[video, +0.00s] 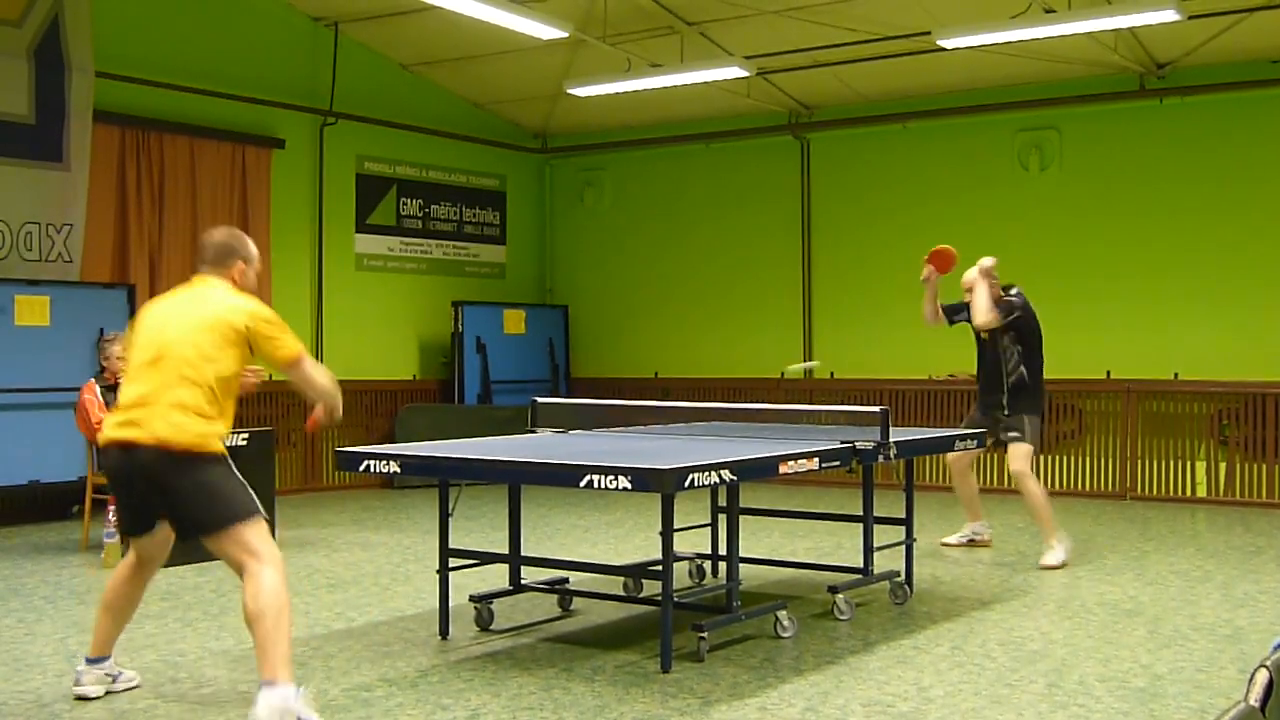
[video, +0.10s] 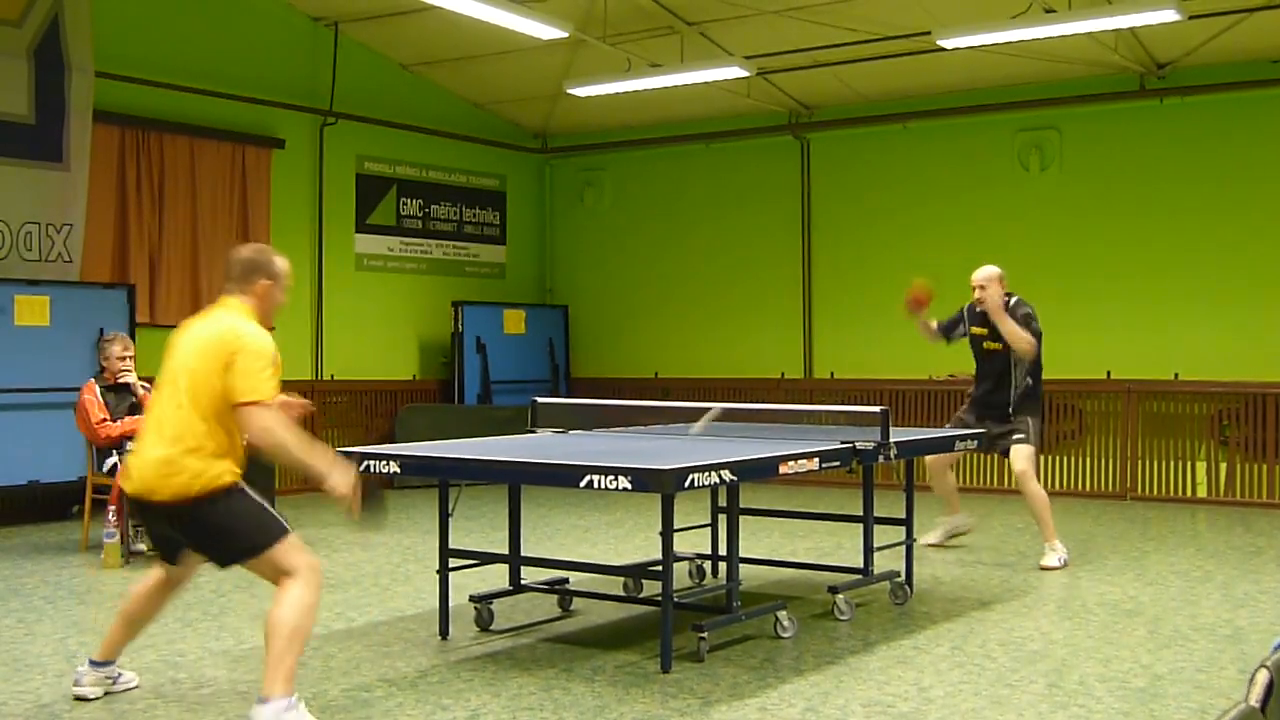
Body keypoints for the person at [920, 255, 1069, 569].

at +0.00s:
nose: (967, 296)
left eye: (970, 289)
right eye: (965, 291)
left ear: (989, 283)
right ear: (968, 292)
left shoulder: (1016, 304)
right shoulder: (975, 307)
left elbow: (983, 320)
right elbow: (934, 318)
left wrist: (983, 277)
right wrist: (931, 287)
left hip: (1023, 406)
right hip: (988, 404)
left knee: (1019, 468)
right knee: (958, 459)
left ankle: (1054, 543)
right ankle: (977, 527)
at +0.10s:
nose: (976, 294)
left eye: (982, 288)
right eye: (973, 289)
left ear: (1001, 287)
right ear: (972, 290)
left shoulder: (1020, 310)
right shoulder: (971, 312)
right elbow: (939, 332)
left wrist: (997, 314)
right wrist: (920, 317)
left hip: (1020, 409)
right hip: (981, 406)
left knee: (1022, 470)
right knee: (935, 459)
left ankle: (1053, 544)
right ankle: (955, 518)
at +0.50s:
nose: (918, 295)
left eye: (924, 288)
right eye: (914, 290)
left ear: (943, 287)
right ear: (913, 293)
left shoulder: (967, 317)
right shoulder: (921, 322)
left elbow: (986, 363)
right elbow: (912, 363)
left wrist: (965, 401)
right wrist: (884, 391)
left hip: (981, 401)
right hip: (942, 399)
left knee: (1002, 471)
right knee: (894, 450)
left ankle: (1041, 536)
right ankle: (870, 522)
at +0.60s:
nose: (886, 302)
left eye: (891, 296)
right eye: (884, 297)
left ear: (913, 295)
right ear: (891, 298)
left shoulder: (941, 320)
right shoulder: (898, 327)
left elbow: (971, 359)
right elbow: (882, 364)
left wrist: (953, 396)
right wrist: (847, 392)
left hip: (966, 401)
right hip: (928, 400)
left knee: (993, 468)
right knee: (880, 443)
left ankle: (1040, 536)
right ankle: (859, 515)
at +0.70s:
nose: (837, 315)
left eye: (843, 309)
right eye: (836, 310)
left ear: (863, 307)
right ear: (843, 314)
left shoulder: (892, 323)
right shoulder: (848, 340)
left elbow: (944, 331)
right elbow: (809, 355)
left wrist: (959, 364)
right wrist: (760, 363)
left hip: (940, 408)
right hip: (901, 411)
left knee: (987, 459)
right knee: (854, 449)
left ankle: (1034, 524)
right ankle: (839, 524)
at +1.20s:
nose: (777, 297)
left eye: (781, 291)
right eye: (774, 292)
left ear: (799, 285)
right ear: (778, 291)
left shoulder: (826, 303)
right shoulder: (789, 313)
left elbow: (828, 349)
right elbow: (808, 350)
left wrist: (793, 362)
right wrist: (811, 385)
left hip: (854, 387)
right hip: (821, 387)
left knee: (865, 452)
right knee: (799, 444)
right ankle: (820, 511)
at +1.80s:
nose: (757, 285)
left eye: (762, 280)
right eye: (754, 280)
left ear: (776, 277)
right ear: (749, 278)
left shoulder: (798, 296)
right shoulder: (746, 301)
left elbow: (829, 325)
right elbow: (733, 338)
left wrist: (837, 367)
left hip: (798, 386)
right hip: (761, 386)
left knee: (812, 447)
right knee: (756, 447)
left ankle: (829, 508)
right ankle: (763, 509)